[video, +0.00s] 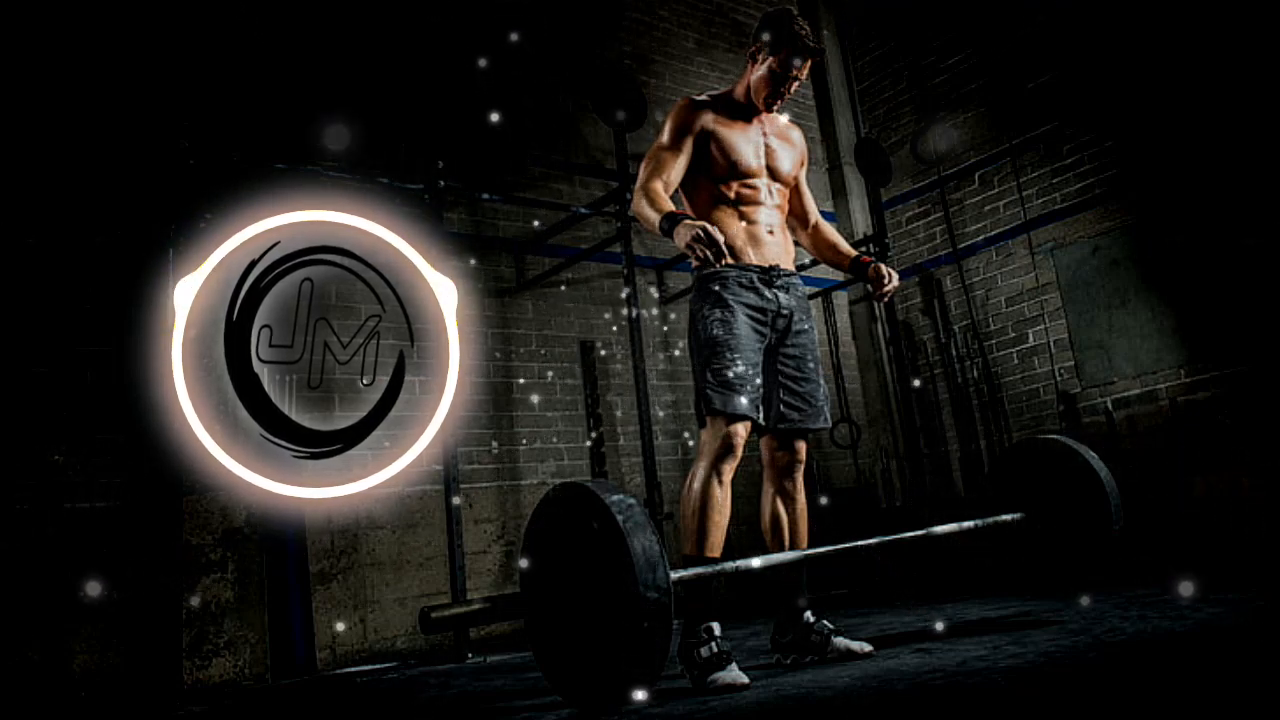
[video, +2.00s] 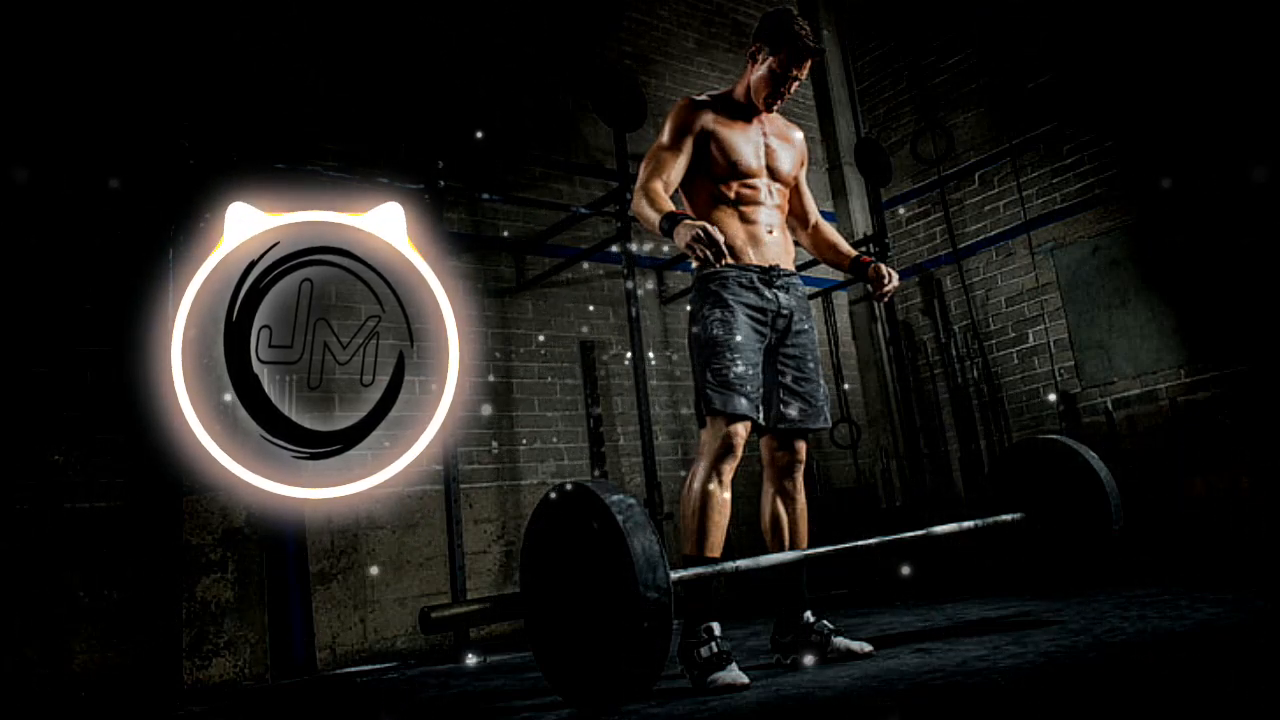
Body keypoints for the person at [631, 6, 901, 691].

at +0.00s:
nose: (787, 93)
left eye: (798, 83)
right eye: (783, 76)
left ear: (802, 77)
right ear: (756, 57)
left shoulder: (792, 135)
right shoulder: (698, 115)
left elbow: (808, 224)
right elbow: (645, 198)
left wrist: (860, 265)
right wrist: (676, 226)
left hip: (790, 296)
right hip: (730, 292)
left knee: (790, 454)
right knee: (729, 437)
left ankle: (797, 624)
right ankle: (698, 634)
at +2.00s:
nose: (788, 93)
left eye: (798, 82)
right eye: (785, 77)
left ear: (801, 77)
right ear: (756, 59)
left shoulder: (792, 137)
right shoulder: (697, 115)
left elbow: (809, 224)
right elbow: (645, 199)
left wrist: (861, 265)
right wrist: (676, 225)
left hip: (790, 296)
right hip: (730, 292)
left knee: (790, 454)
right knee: (729, 438)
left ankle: (798, 626)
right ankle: (699, 634)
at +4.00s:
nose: (789, 89)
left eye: (799, 79)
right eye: (787, 73)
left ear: (800, 76)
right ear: (756, 57)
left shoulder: (792, 137)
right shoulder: (697, 116)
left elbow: (808, 224)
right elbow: (646, 198)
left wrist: (860, 264)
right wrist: (676, 226)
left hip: (791, 297)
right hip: (731, 292)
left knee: (790, 455)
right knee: (729, 437)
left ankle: (797, 624)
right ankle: (699, 634)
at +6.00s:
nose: (789, 91)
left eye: (799, 81)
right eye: (786, 75)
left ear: (801, 77)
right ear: (756, 59)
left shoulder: (792, 136)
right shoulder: (699, 115)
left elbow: (809, 224)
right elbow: (644, 198)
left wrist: (860, 265)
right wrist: (675, 226)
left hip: (790, 297)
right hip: (731, 292)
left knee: (790, 455)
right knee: (729, 437)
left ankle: (798, 624)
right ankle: (699, 634)